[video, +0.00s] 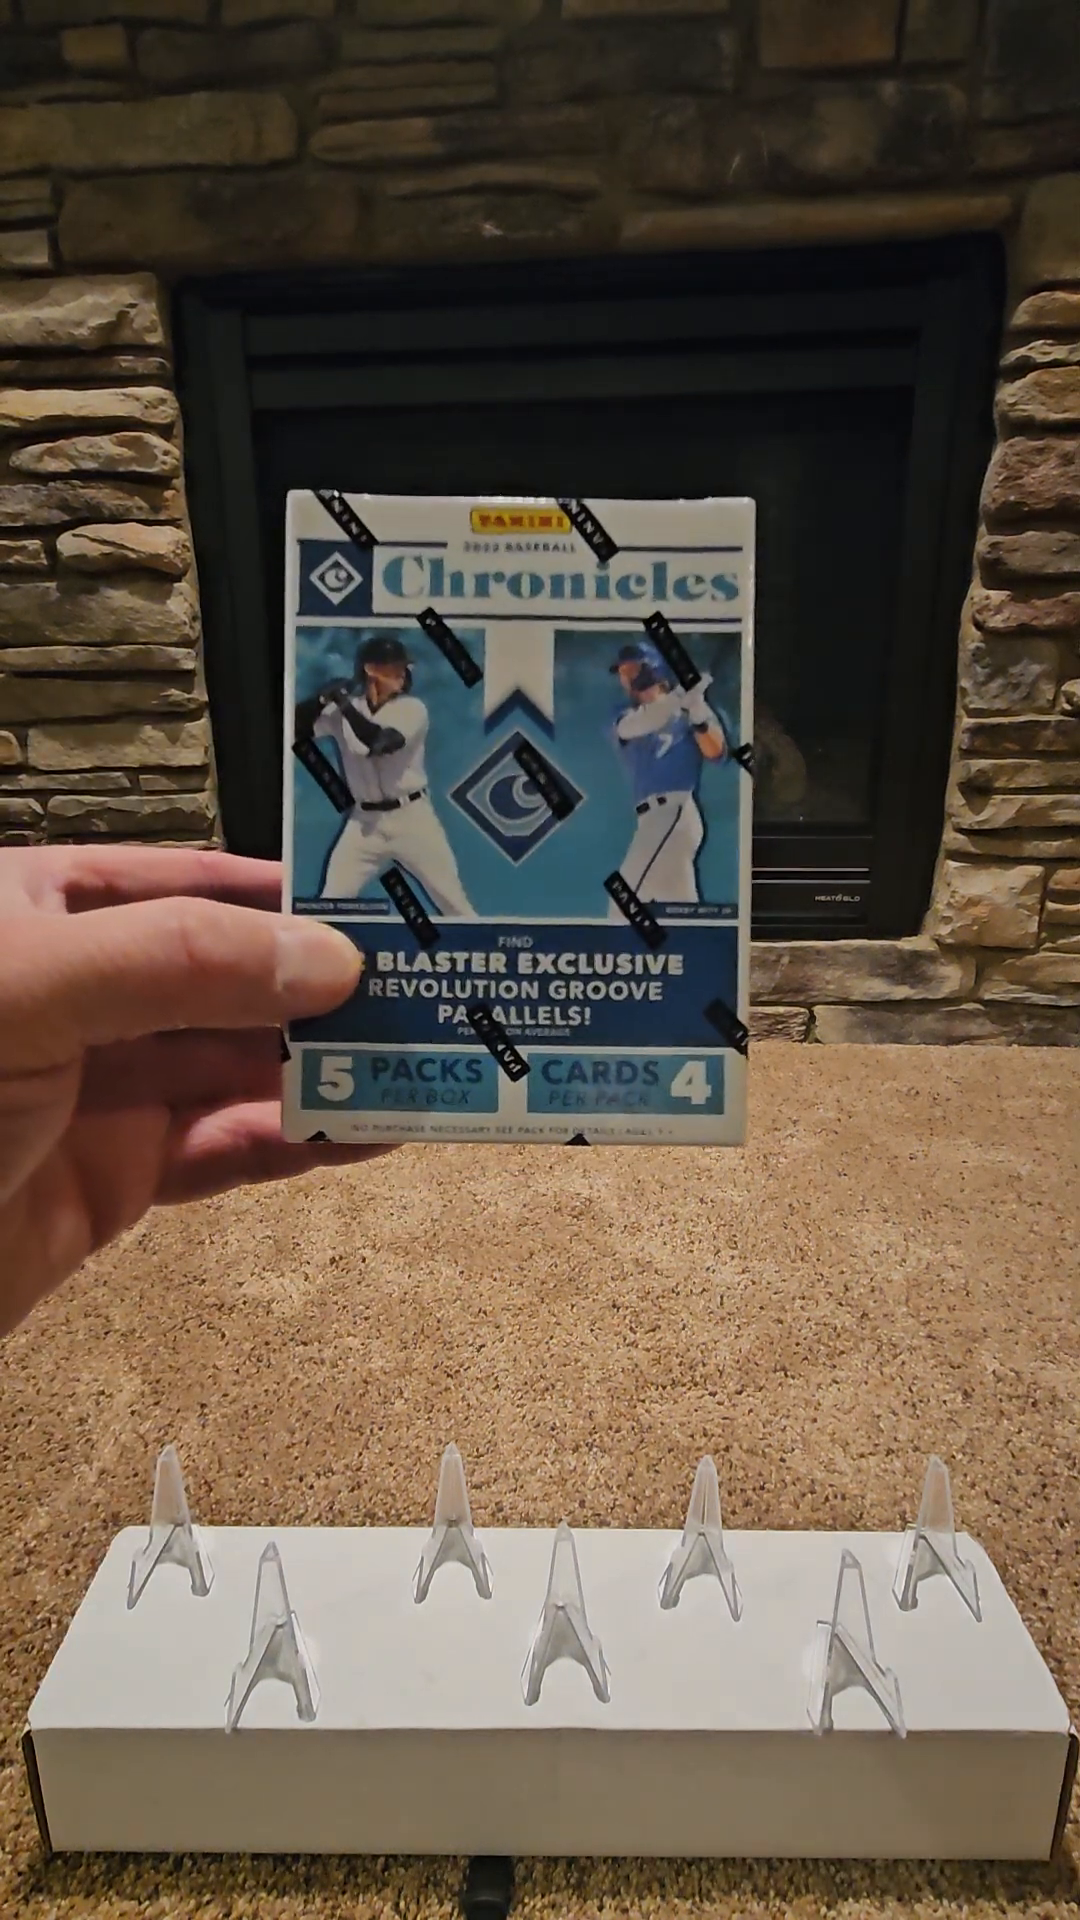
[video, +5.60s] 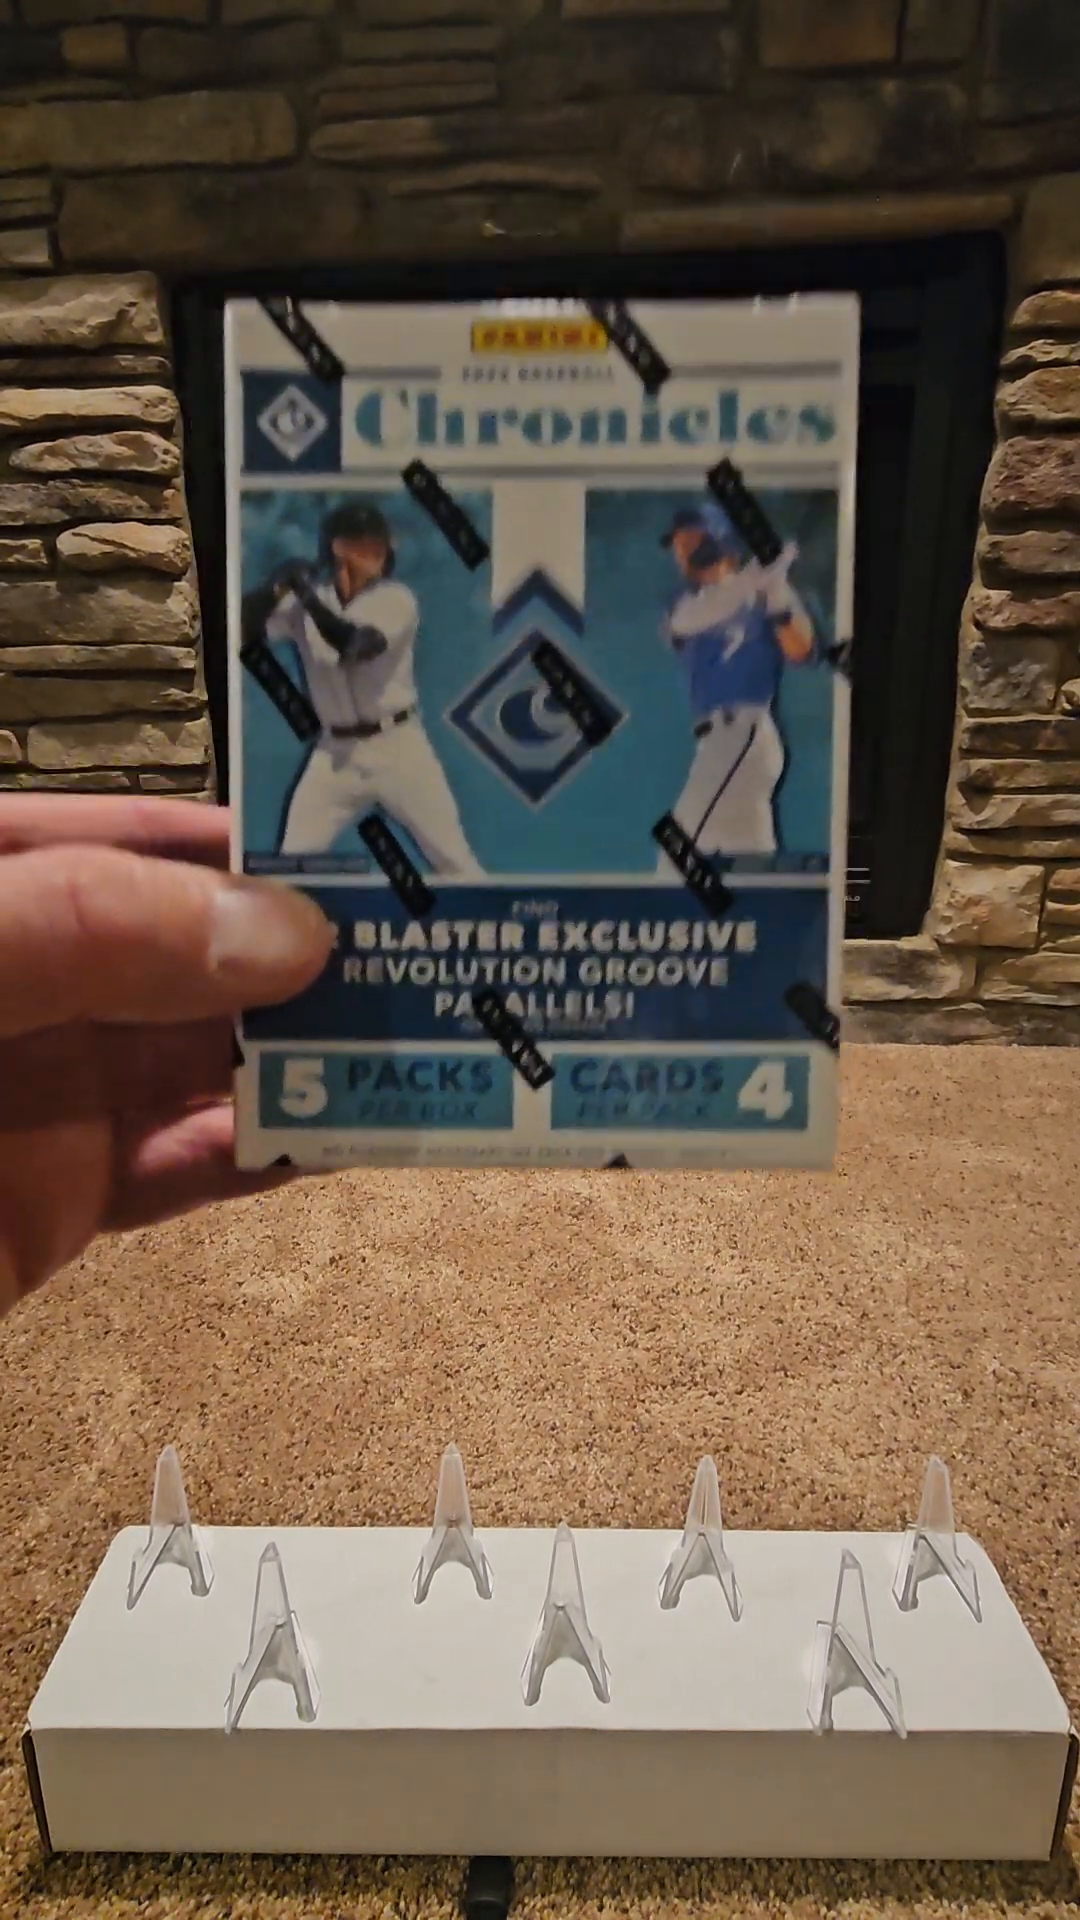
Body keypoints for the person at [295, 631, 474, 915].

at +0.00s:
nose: (402, 673)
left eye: (403, 667)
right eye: (394, 666)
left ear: (404, 671)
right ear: (371, 670)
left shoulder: (411, 709)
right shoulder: (341, 712)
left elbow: (377, 743)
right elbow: (293, 730)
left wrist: (343, 703)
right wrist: (321, 700)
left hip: (413, 819)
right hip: (364, 823)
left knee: (454, 903)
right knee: (332, 905)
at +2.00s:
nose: (387, 679)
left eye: (388, 673)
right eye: (379, 673)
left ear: (391, 678)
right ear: (355, 679)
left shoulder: (397, 718)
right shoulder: (326, 722)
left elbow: (364, 753)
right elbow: (281, 735)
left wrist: (327, 714)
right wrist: (306, 708)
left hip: (399, 831)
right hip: (350, 835)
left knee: (441, 916)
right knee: (318, 917)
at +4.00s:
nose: (372, 647)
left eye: (373, 640)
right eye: (362, 641)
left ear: (377, 644)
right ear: (338, 647)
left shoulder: (384, 687)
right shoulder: (308, 694)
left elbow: (349, 725)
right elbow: (261, 712)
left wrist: (311, 683)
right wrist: (285, 681)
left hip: (387, 805)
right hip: (336, 810)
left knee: (432, 892)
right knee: (304, 897)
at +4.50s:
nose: (336, 601)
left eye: (337, 594)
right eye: (326, 594)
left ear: (340, 599)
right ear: (300, 601)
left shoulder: (349, 645)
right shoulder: (266, 650)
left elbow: (311, 686)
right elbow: (216, 669)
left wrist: (270, 641)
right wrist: (243, 635)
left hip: (352, 774)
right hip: (296, 779)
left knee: (400, 871)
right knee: (261, 875)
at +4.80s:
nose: (342, 551)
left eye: (343, 543)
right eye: (331, 543)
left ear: (348, 550)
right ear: (304, 551)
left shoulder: (356, 600)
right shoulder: (269, 606)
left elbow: (317, 643)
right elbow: (213, 622)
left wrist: (272, 595)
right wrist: (243, 591)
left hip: (361, 738)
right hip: (301, 744)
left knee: (413, 840)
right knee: (265, 848)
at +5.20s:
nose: (368, 501)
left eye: (370, 492)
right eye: (356, 492)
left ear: (377, 498)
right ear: (327, 499)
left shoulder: (385, 553)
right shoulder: (290, 559)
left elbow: (341, 602)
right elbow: (227, 583)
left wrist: (292, 548)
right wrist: (261, 543)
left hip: (389, 708)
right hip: (323, 714)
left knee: (446, 824)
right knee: (282, 829)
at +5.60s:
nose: (374, 549)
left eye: (379, 541)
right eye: (362, 540)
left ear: (387, 549)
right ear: (337, 547)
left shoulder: (396, 599)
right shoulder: (304, 604)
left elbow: (355, 646)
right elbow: (245, 631)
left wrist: (306, 595)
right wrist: (274, 589)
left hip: (399, 747)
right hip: (334, 753)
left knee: (454, 861)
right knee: (294, 864)